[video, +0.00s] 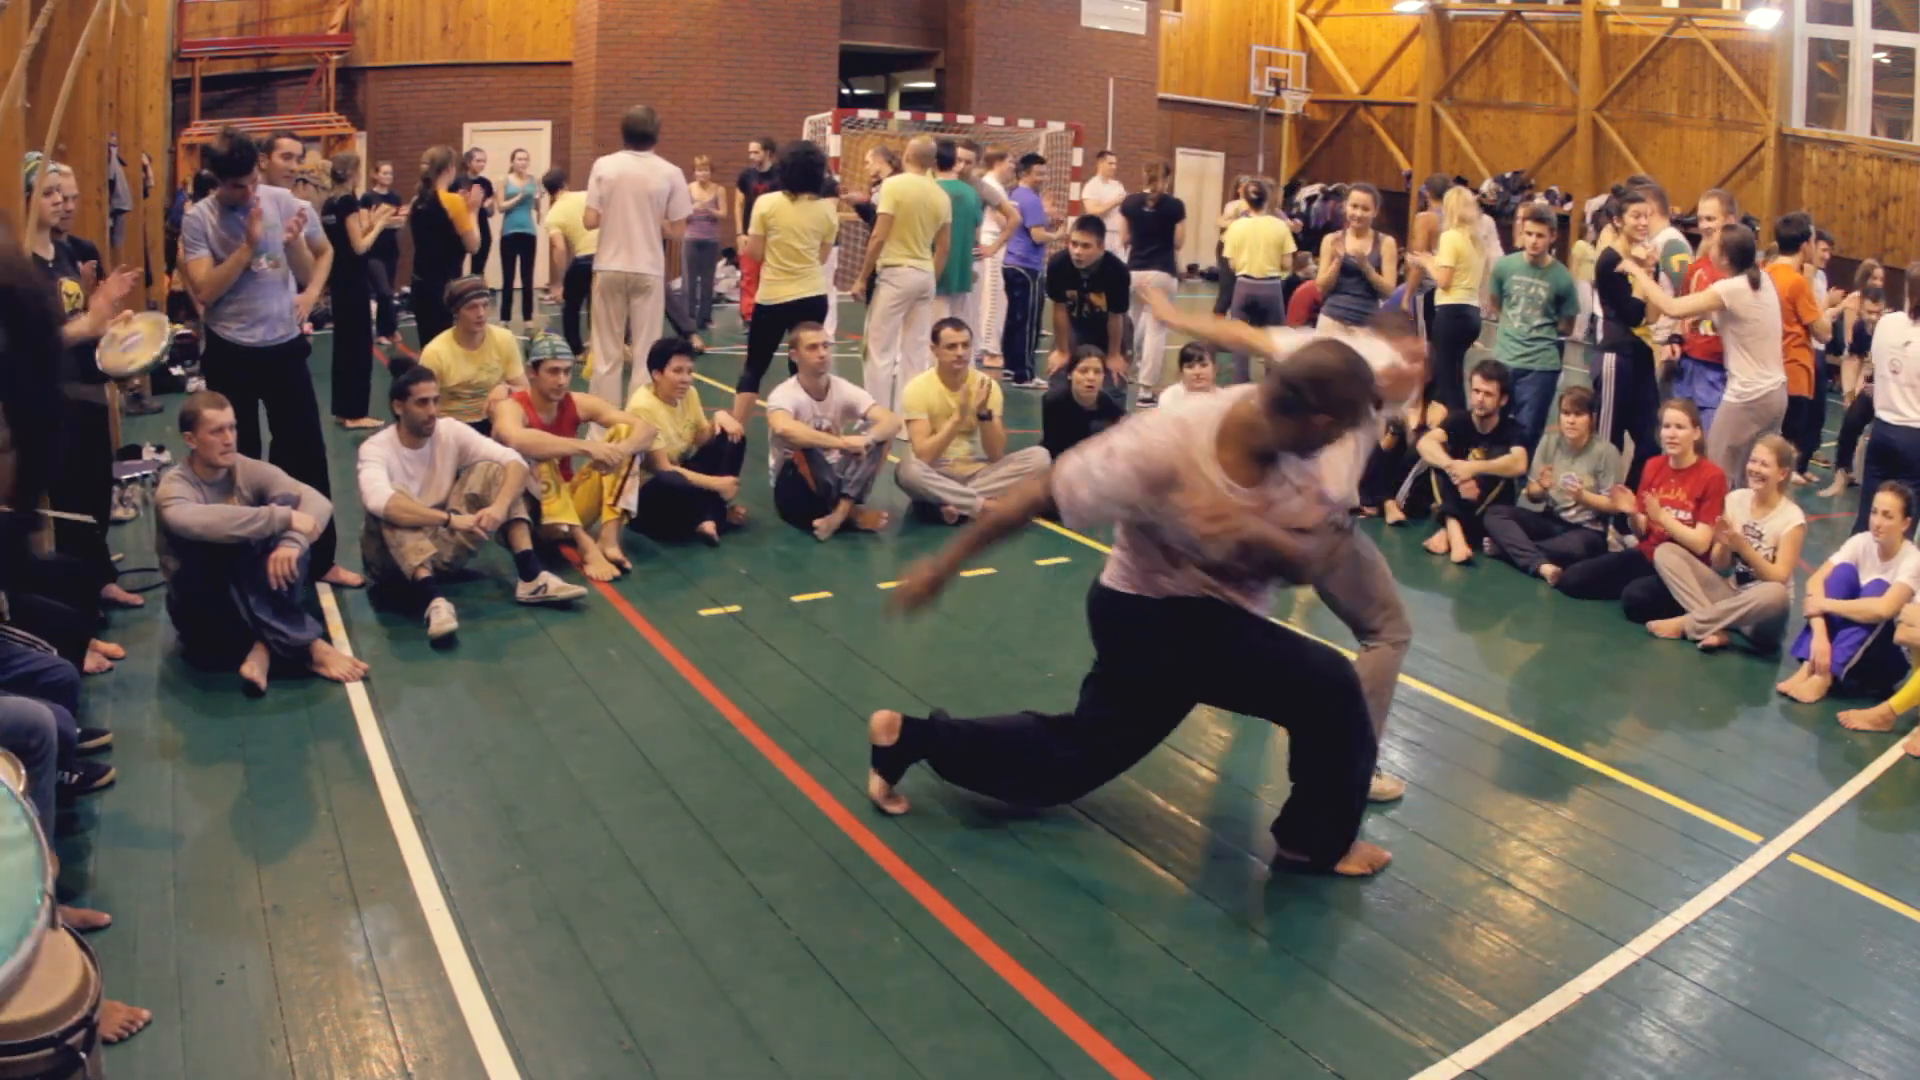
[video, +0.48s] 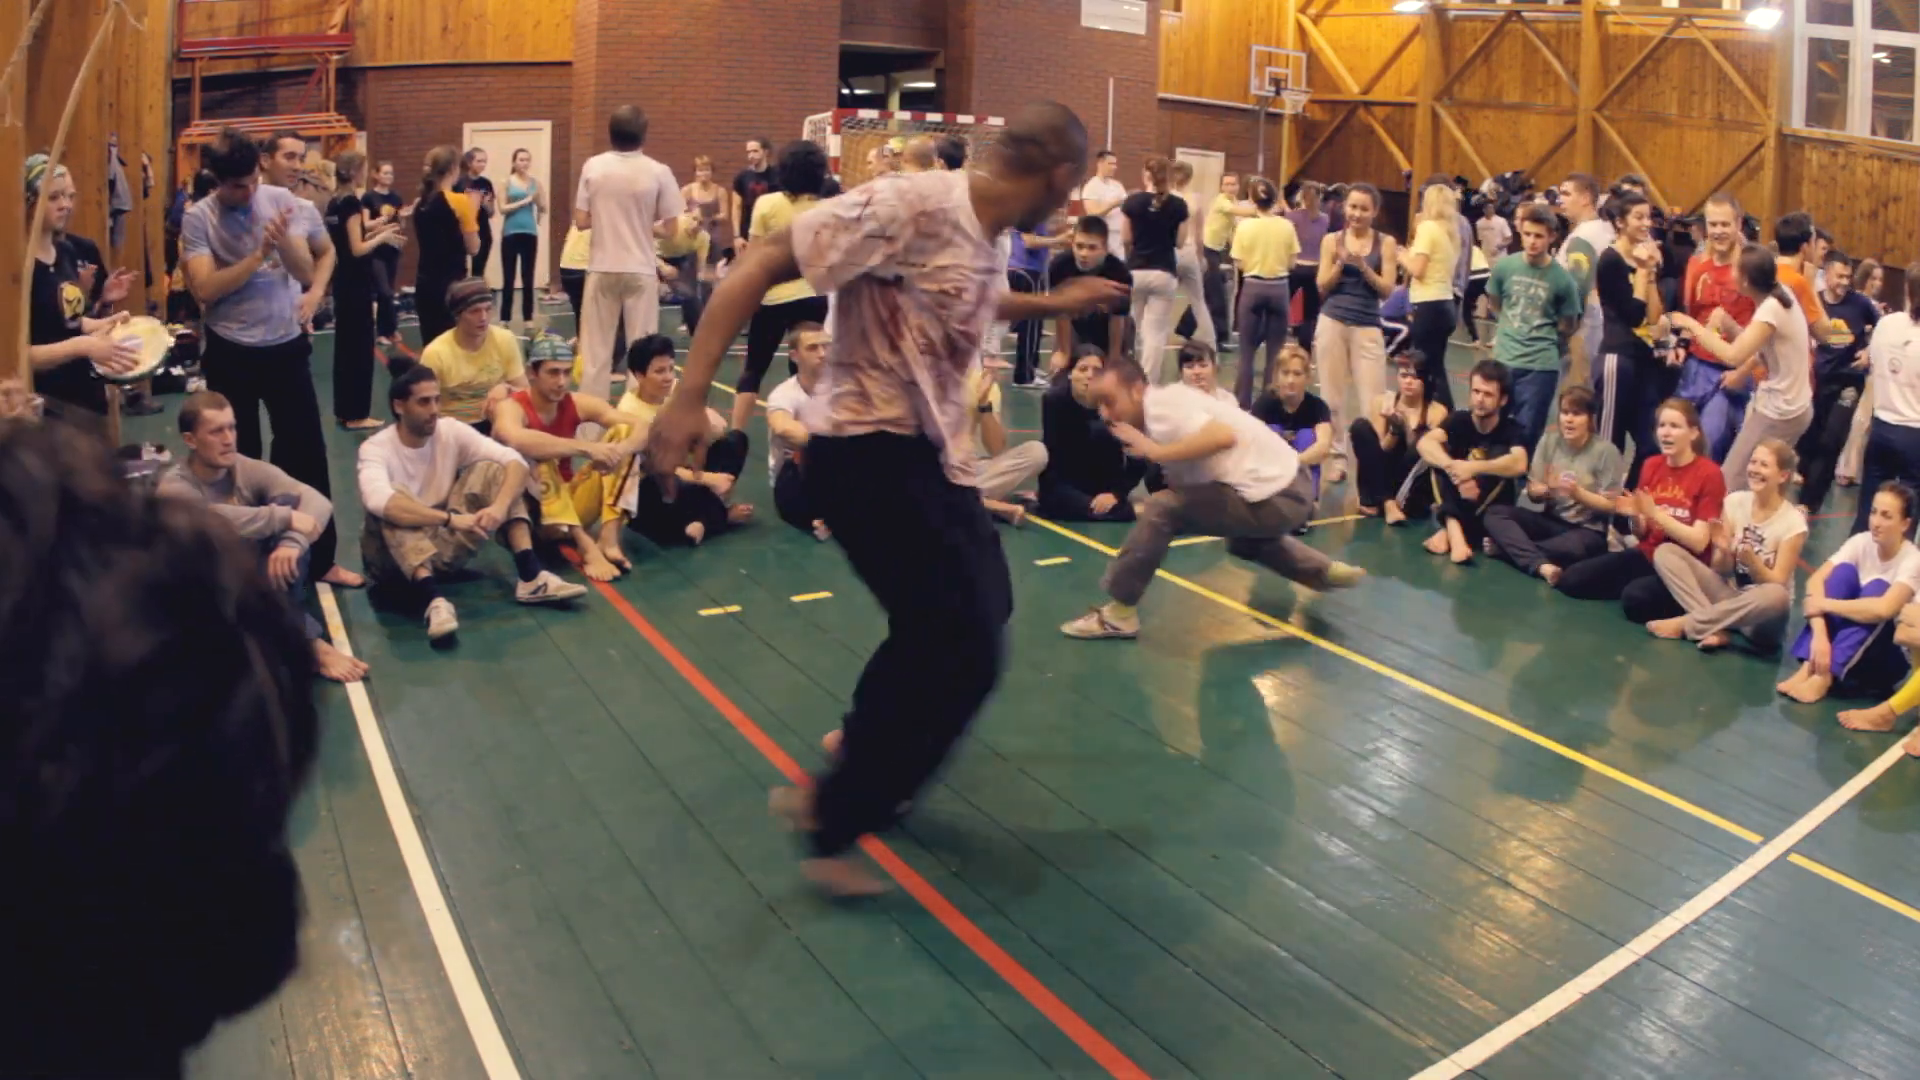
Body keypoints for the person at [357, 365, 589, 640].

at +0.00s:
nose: (432, 411)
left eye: (435, 401)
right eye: (422, 403)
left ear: (440, 401)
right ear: (397, 407)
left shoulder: (450, 430)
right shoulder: (375, 449)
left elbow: (516, 463)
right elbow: (380, 502)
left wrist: (500, 508)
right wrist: (449, 519)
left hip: (449, 546)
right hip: (399, 552)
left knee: (493, 470)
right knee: (395, 499)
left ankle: (532, 577)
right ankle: (434, 601)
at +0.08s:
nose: (432, 411)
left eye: (435, 401)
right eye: (422, 403)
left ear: (440, 400)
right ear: (397, 407)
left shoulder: (450, 431)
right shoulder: (375, 449)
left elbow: (516, 463)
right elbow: (380, 502)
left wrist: (500, 508)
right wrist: (449, 519)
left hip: (449, 546)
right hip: (398, 552)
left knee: (492, 470)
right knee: (394, 499)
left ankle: (532, 576)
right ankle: (434, 601)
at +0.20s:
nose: (432, 410)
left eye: (436, 401)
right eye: (422, 403)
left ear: (440, 400)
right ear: (398, 407)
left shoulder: (450, 430)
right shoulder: (375, 449)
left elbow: (516, 463)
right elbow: (380, 502)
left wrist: (500, 508)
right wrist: (449, 519)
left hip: (449, 546)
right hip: (398, 552)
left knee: (493, 470)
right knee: (395, 499)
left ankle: (531, 576)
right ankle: (434, 601)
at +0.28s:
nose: (432, 410)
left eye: (436, 401)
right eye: (423, 402)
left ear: (440, 400)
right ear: (398, 406)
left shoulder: (450, 430)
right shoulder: (375, 449)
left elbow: (516, 463)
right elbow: (380, 502)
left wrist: (500, 509)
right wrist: (450, 519)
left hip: (449, 546)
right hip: (398, 552)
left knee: (493, 469)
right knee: (395, 500)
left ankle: (531, 576)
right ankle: (434, 601)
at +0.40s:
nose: (433, 410)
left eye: (436, 400)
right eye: (423, 402)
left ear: (440, 400)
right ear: (398, 406)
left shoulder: (450, 430)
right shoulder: (375, 449)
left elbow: (516, 463)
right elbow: (380, 502)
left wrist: (500, 509)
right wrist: (450, 519)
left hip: (449, 546)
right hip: (398, 552)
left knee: (493, 469)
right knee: (395, 499)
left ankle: (531, 576)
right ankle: (434, 601)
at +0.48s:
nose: (434, 410)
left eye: (436, 400)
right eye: (424, 402)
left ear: (440, 399)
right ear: (398, 406)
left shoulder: (450, 430)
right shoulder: (375, 449)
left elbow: (516, 463)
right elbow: (380, 502)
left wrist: (500, 508)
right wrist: (450, 519)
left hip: (449, 547)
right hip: (398, 553)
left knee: (492, 469)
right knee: (395, 499)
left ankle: (531, 576)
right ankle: (435, 601)